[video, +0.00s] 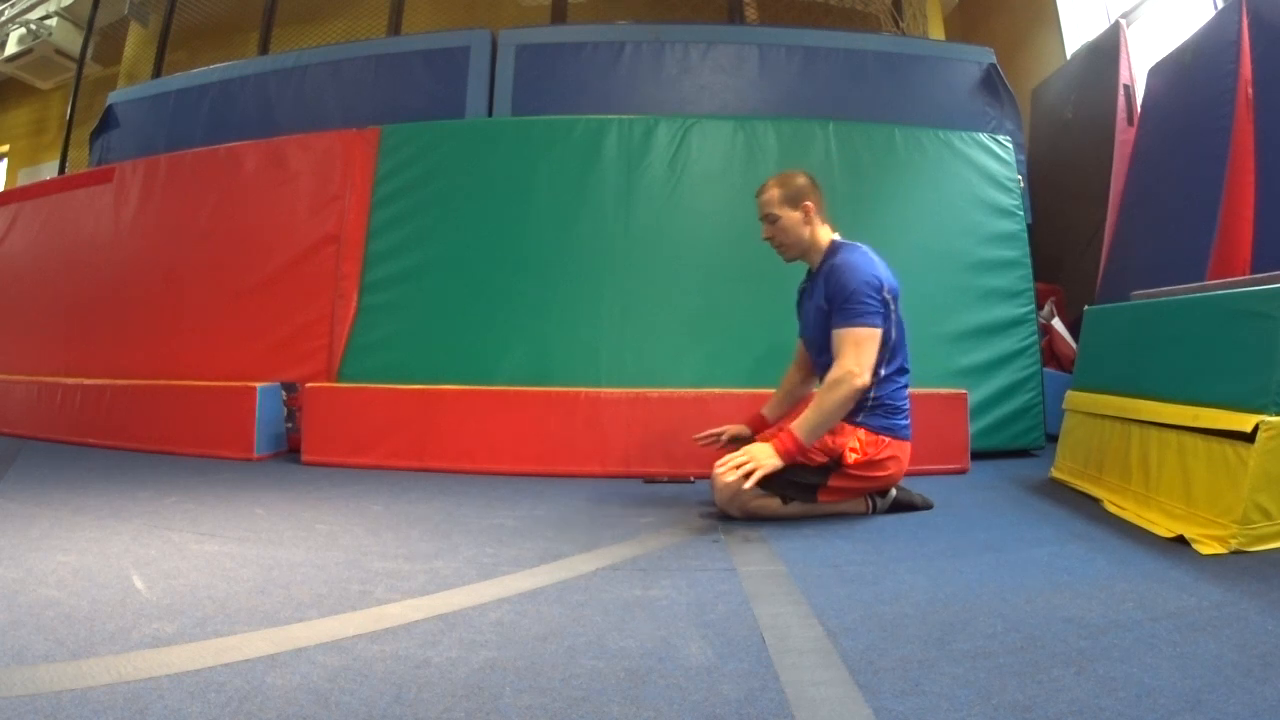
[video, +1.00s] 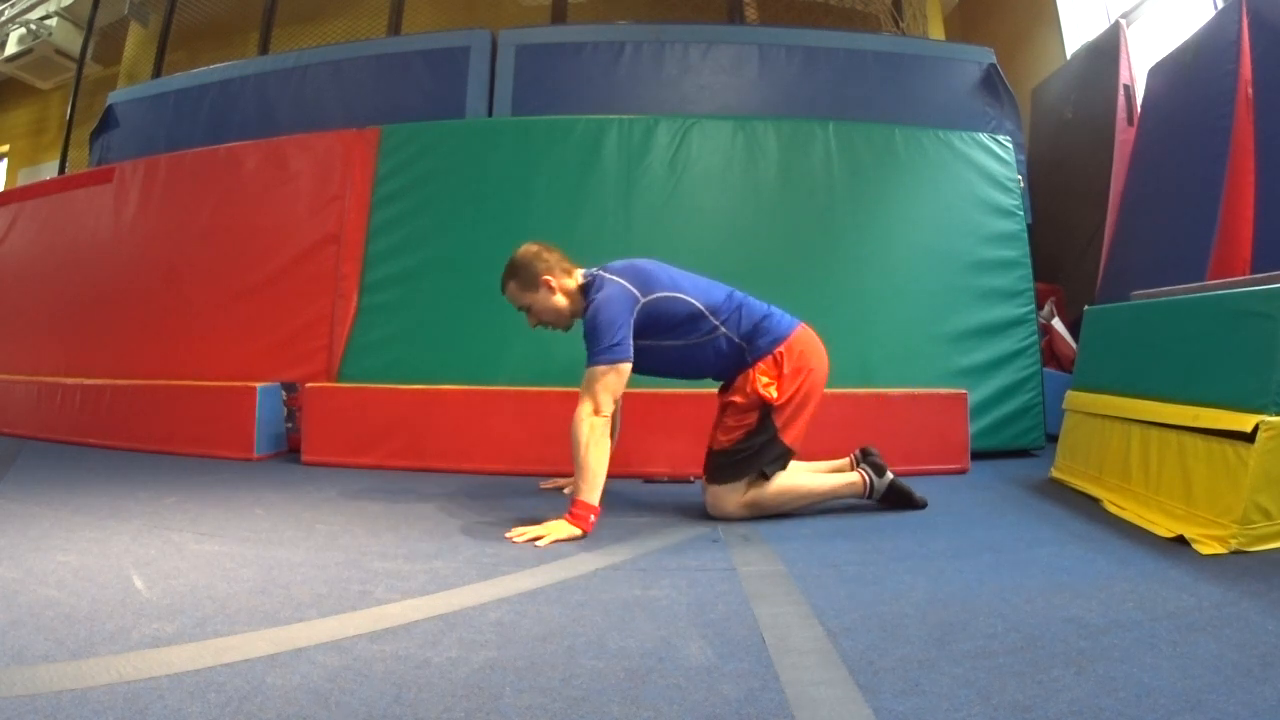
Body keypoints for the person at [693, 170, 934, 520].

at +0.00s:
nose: (765, 235)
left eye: (772, 220)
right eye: (763, 224)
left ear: (807, 212)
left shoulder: (854, 270)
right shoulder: (814, 284)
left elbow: (853, 376)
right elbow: (804, 372)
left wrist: (780, 446)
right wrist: (755, 426)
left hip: (872, 444)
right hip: (843, 434)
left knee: (733, 492)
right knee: (726, 479)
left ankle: (870, 502)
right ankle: (862, 494)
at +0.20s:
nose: (702, 262)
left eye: (707, 248)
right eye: (699, 251)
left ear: (741, 235)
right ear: (738, 239)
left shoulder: (791, 279)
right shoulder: (762, 296)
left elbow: (771, 387)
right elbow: (737, 381)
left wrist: (700, 468)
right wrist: (690, 448)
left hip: (864, 436)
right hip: (833, 427)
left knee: (731, 496)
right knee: (731, 477)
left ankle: (870, 500)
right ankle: (864, 490)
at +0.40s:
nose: (641, 295)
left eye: (642, 280)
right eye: (636, 283)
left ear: (675, 264)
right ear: (676, 264)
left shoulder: (725, 294)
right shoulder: (716, 290)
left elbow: (682, 401)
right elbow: (676, 393)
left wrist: (623, 488)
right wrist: (626, 464)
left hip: (850, 412)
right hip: (824, 405)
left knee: (730, 498)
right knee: (723, 479)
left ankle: (864, 497)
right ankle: (850, 486)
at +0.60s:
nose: (597, 313)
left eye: (596, 300)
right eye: (591, 304)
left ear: (626, 277)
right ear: (626, 278)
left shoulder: (676, 303)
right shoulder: (671, 296)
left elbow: (634, 409)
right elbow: (634, 402)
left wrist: (584, 501)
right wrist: (589, 473)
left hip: (827, 390)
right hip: (806, 385)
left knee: (729, 500)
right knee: (726, 484)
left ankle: (865, 493)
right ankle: (851, 481)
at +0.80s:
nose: (561, 317)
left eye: (559, 305)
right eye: (555, 309)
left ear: (586, 283)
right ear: (587, 280)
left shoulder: (634, 301)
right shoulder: (634, 292)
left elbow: (611, 412)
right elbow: (615, 400)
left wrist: (583, 513)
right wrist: (587, 474)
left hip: (801, 372)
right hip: (797, 366)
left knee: (727, 501)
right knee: (737, 481)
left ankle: (865, 490)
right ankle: (855, 470)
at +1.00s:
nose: (530, 322)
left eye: (526, 309)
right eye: (523, 313)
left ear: (554, 286)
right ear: (557, 283)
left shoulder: (610, 299)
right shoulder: (606, 289)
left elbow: (594, 410)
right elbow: (605, 401)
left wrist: (582, 516)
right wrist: (588, 473)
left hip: (779, 357)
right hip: (775, 352)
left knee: (726, 500)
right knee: (737, 482)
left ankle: (862, 483)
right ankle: (855, 469)